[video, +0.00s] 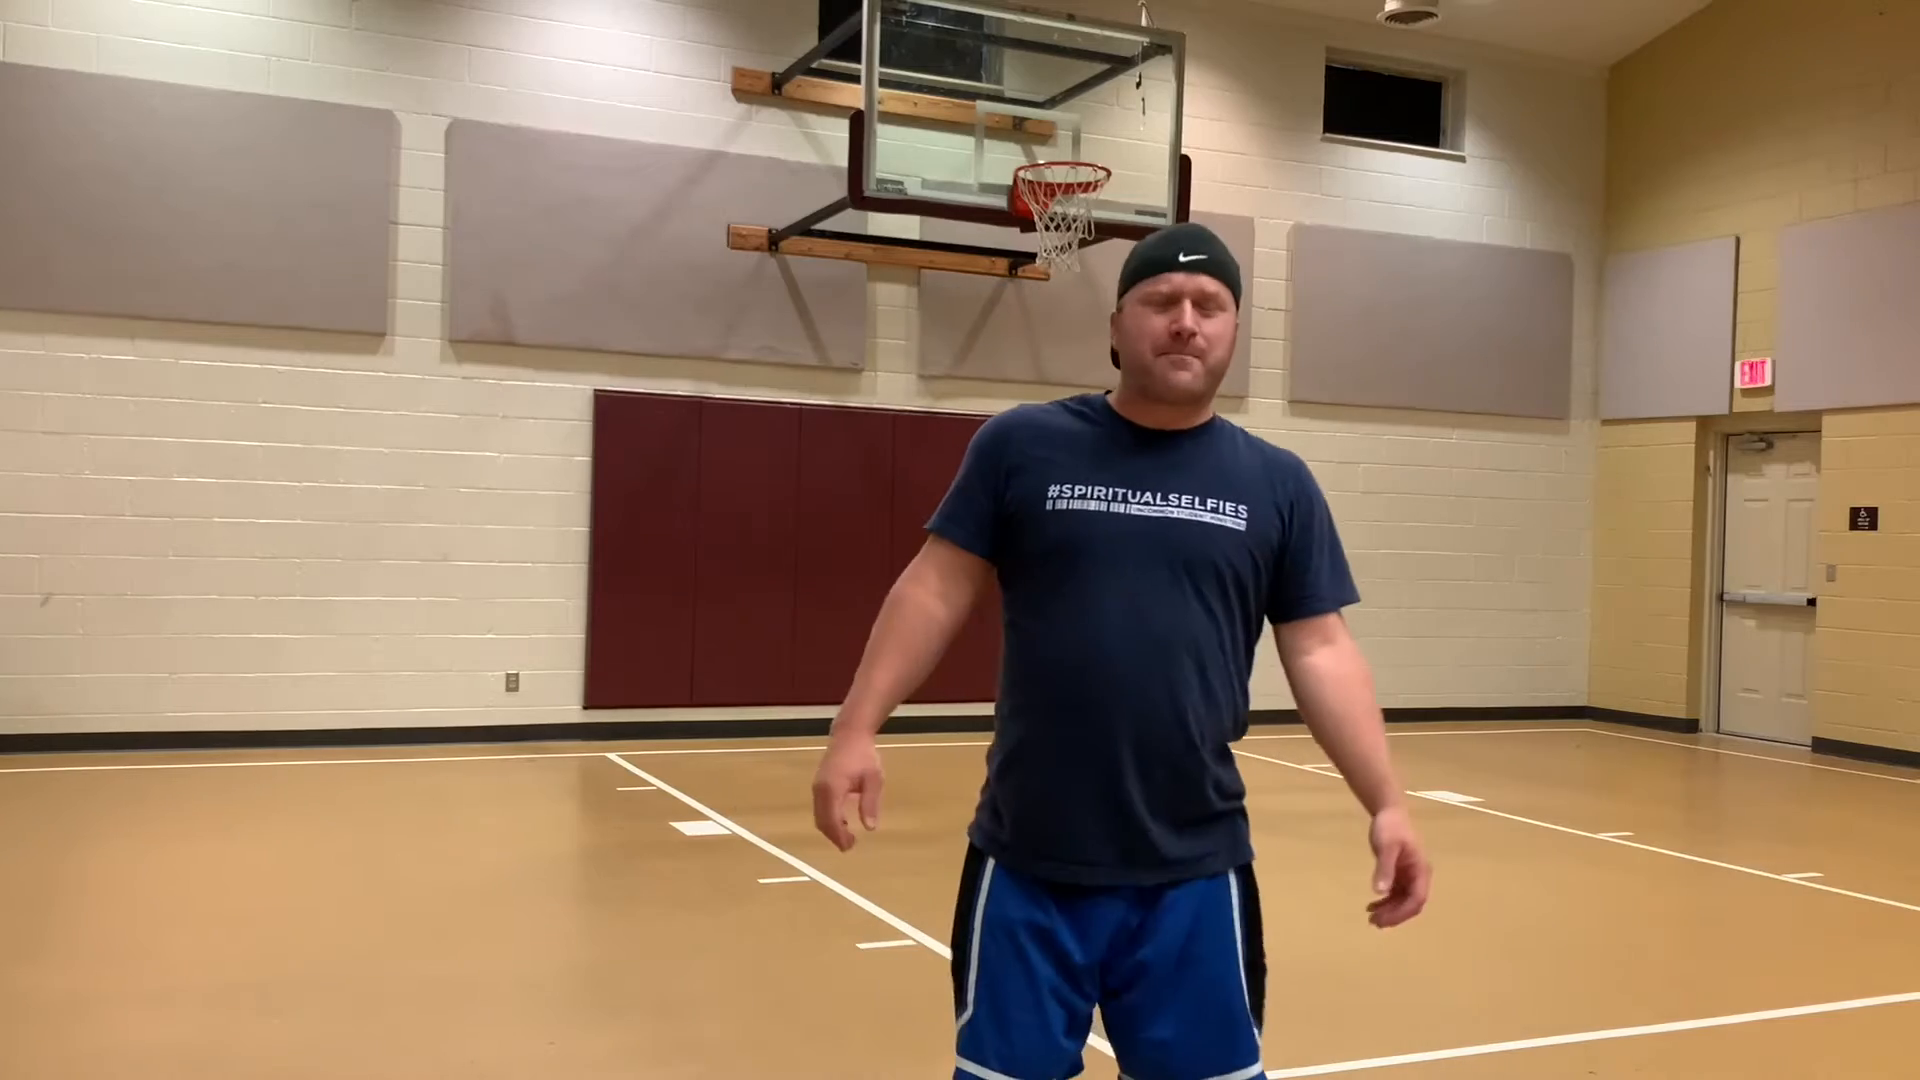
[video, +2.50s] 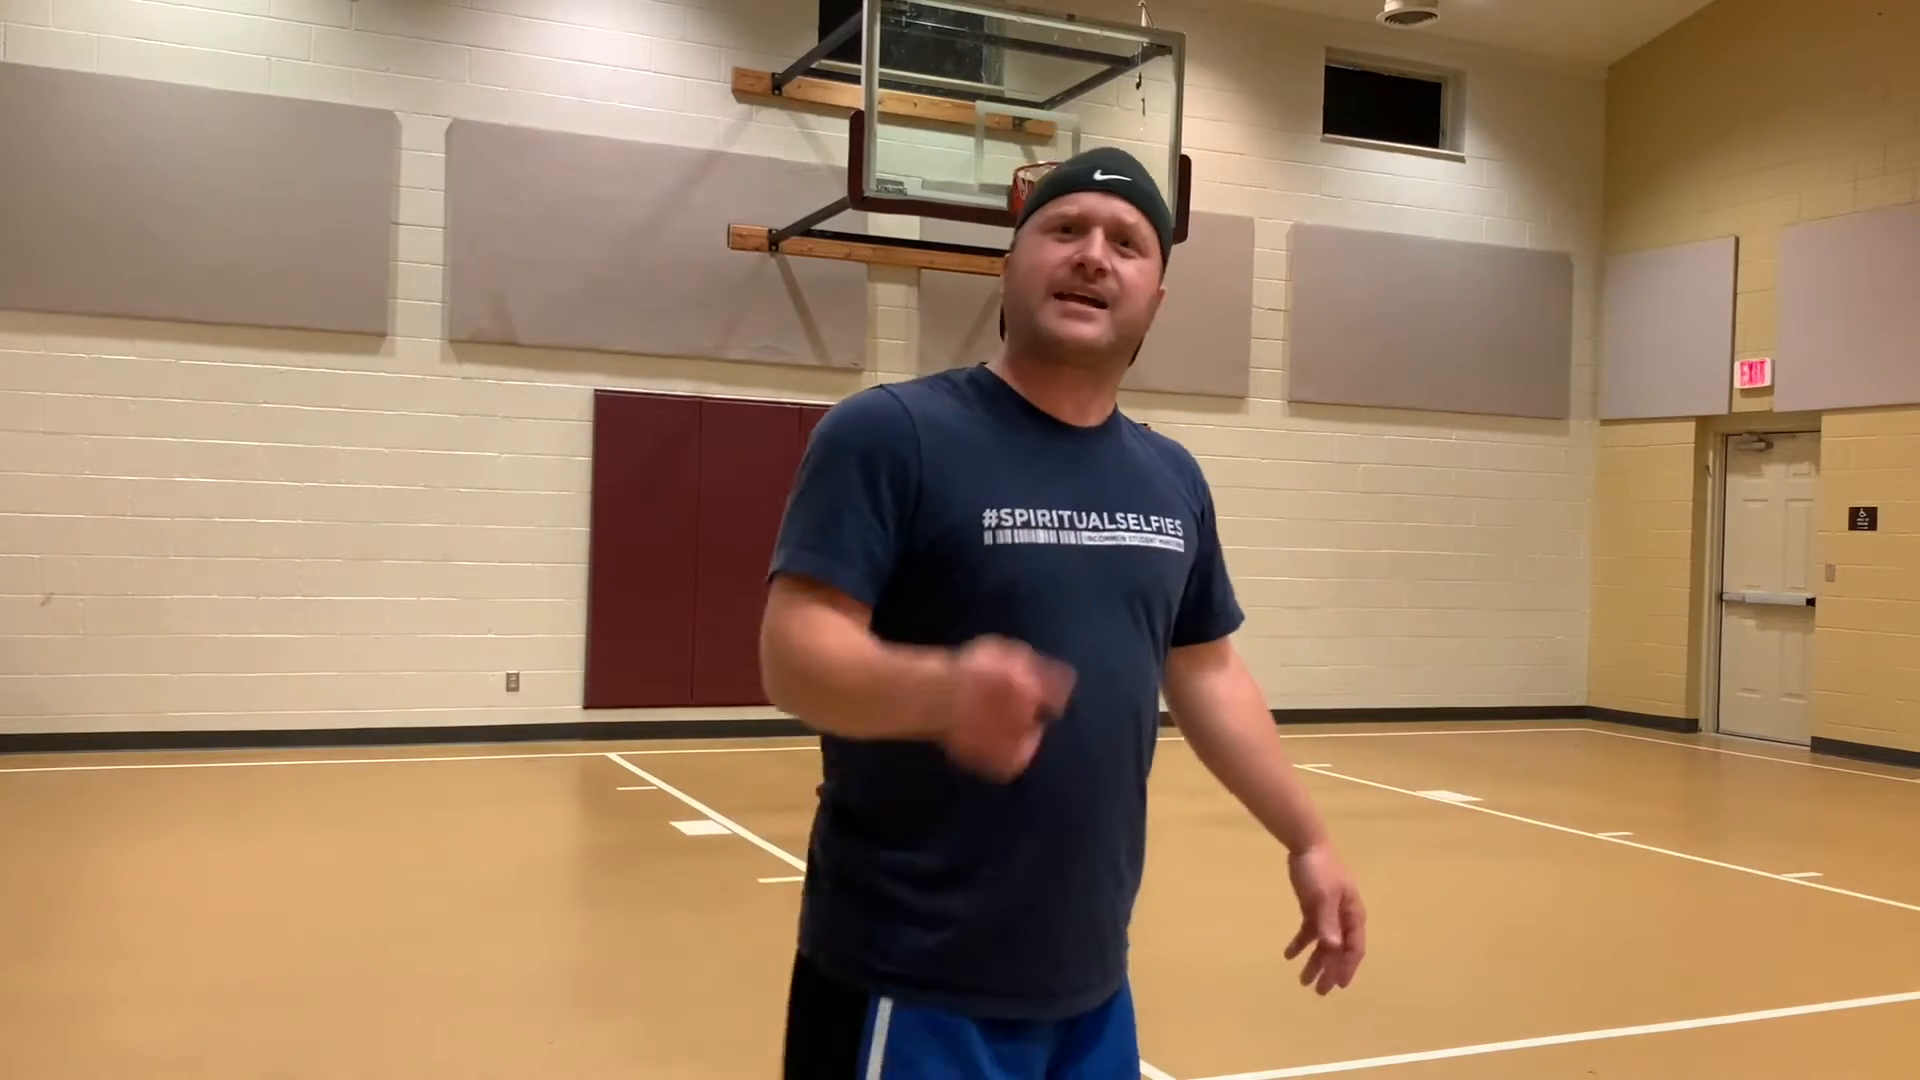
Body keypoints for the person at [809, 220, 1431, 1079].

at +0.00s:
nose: (1185, 322)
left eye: (1208, 305)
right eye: (1161, 302)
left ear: (1235, 334)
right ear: (1119, 324)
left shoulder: (1276, 484)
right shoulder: (1021, 445)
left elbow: (1321, 649)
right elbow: (936, 586)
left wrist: (1387, 801)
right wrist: (855, 728)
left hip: (1194, 863)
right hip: (1030, 854)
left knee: (1211, 1070)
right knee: (1002, 1071)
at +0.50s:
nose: (1093, 305)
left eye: (1117, 283)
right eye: (1063, 286)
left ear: (1155, 305)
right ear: (1024, 315)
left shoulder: (1237, 461)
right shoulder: (953, 472)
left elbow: (1332, 621)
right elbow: (889, 649)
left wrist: (1463, 753)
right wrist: (823, 819)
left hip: (1207, 916)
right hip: (1026, 920)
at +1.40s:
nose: (1164, 260)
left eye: (1197, 242)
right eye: (1132, 232)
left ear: (1233, 293)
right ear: (1068, 270)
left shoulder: (1255, 490)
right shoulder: (936, 450)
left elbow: (1308, 691)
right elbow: (823, 666)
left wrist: (1449, 843)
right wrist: (710, 902)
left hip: (1165, 1011)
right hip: (950, 1012)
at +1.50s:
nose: (1125, 260)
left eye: (1159, 239)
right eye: (1093, 230)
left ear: (1197, 288)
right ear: (1031, 259)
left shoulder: (1221, 482)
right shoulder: (899, 453)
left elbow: (1257, 682)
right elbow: (794, 689)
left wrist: (1378, 843)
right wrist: (734, 952)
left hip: (1129, 1008)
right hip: (919, 1014)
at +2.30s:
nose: (1054, 261)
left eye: (1090, 241)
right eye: (1023, 229)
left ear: (1128, 288)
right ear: (967, 264)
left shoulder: (1140, 476)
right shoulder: (847, 454)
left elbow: (1165, 677)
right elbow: (751, 692)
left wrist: (1262, 845)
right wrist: (742, 956)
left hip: (1056, 1003)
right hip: (865, 1011)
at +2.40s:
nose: (1069, 259)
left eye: (1105, 242)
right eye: (1041, 231)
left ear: (1142, 291)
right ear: (986, 265)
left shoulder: (1160, 482)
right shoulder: (869, 447)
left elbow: (1189, 678)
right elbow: (782, 662)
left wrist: (1284, 849)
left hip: (1073, 993)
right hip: (886, 997)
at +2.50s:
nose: (1093, 255)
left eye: (1126, 243)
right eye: (1065, 229)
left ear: (1159, 294)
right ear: (1007, 261)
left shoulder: (1172, 482)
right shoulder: (888, 435)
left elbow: (1208, 669)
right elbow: (794, 654)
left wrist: (1308, 840)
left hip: (1087, 981)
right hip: (901, 983)